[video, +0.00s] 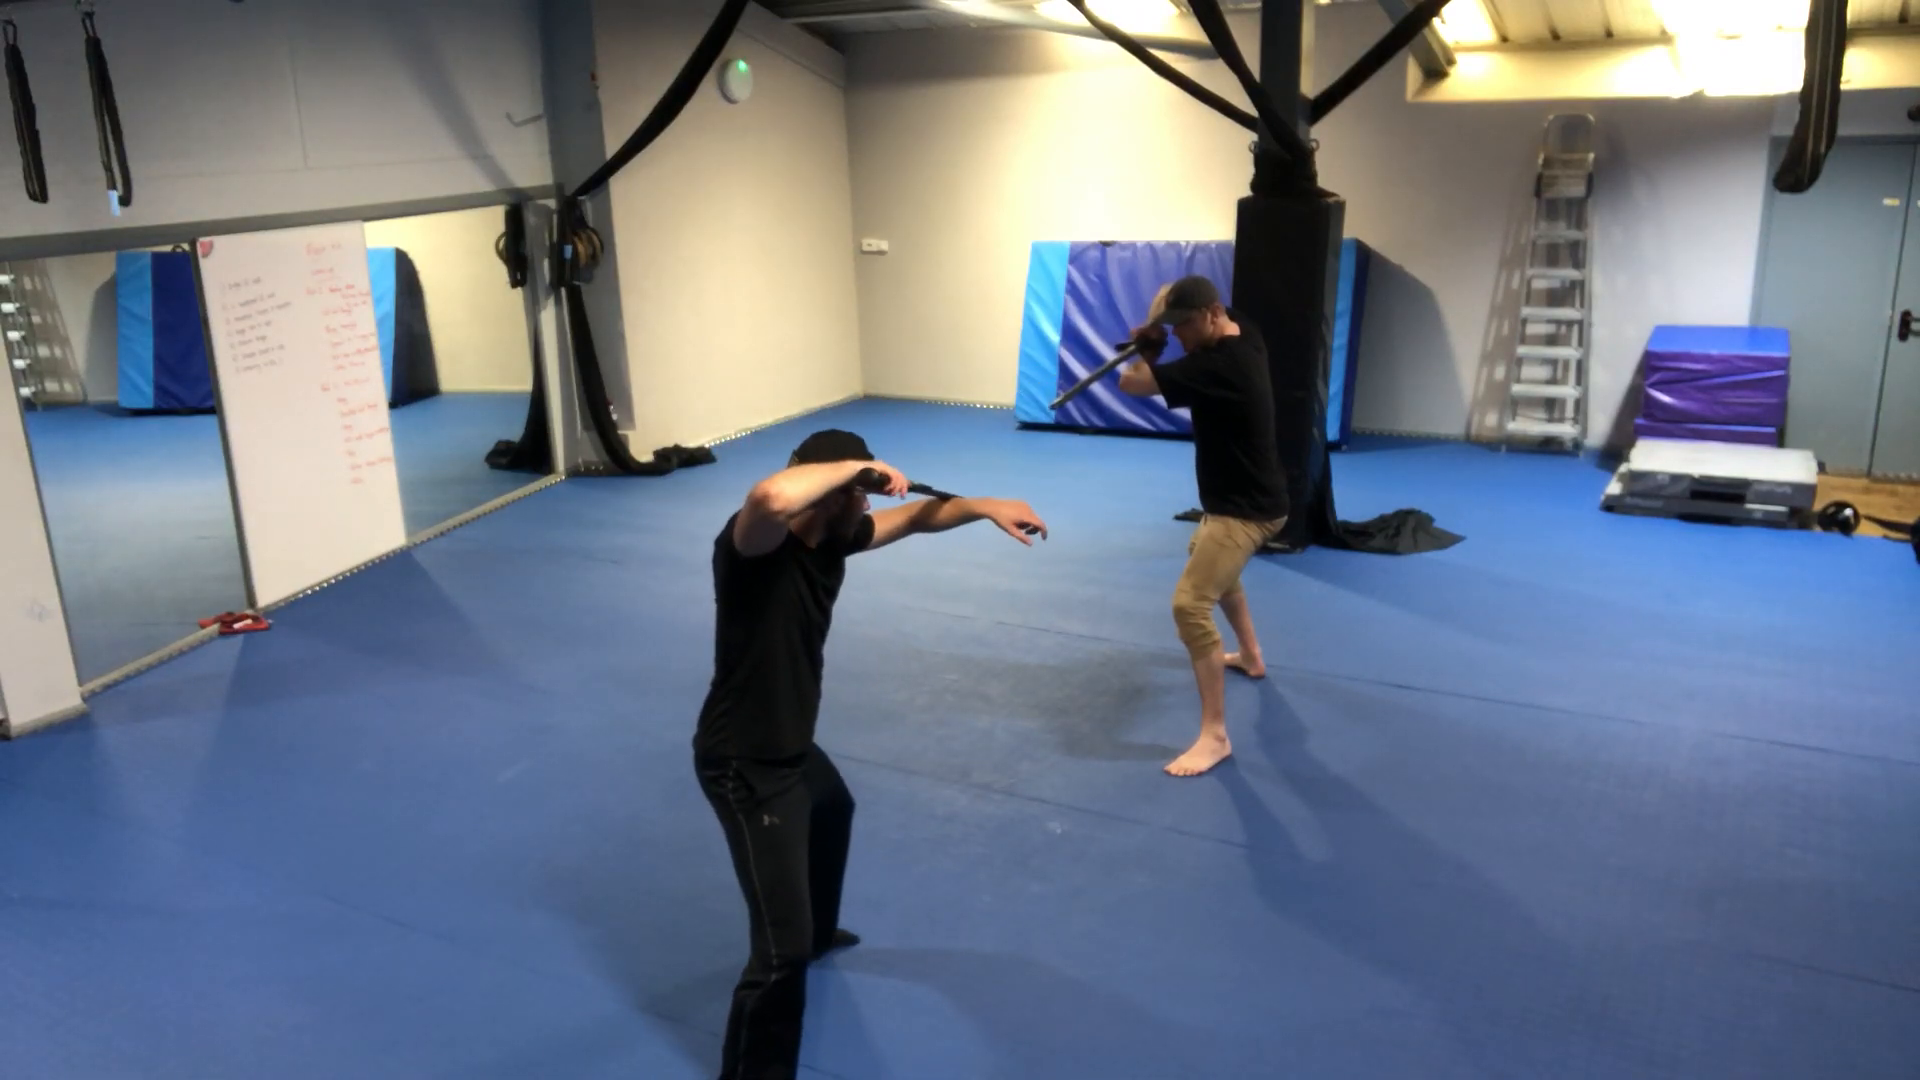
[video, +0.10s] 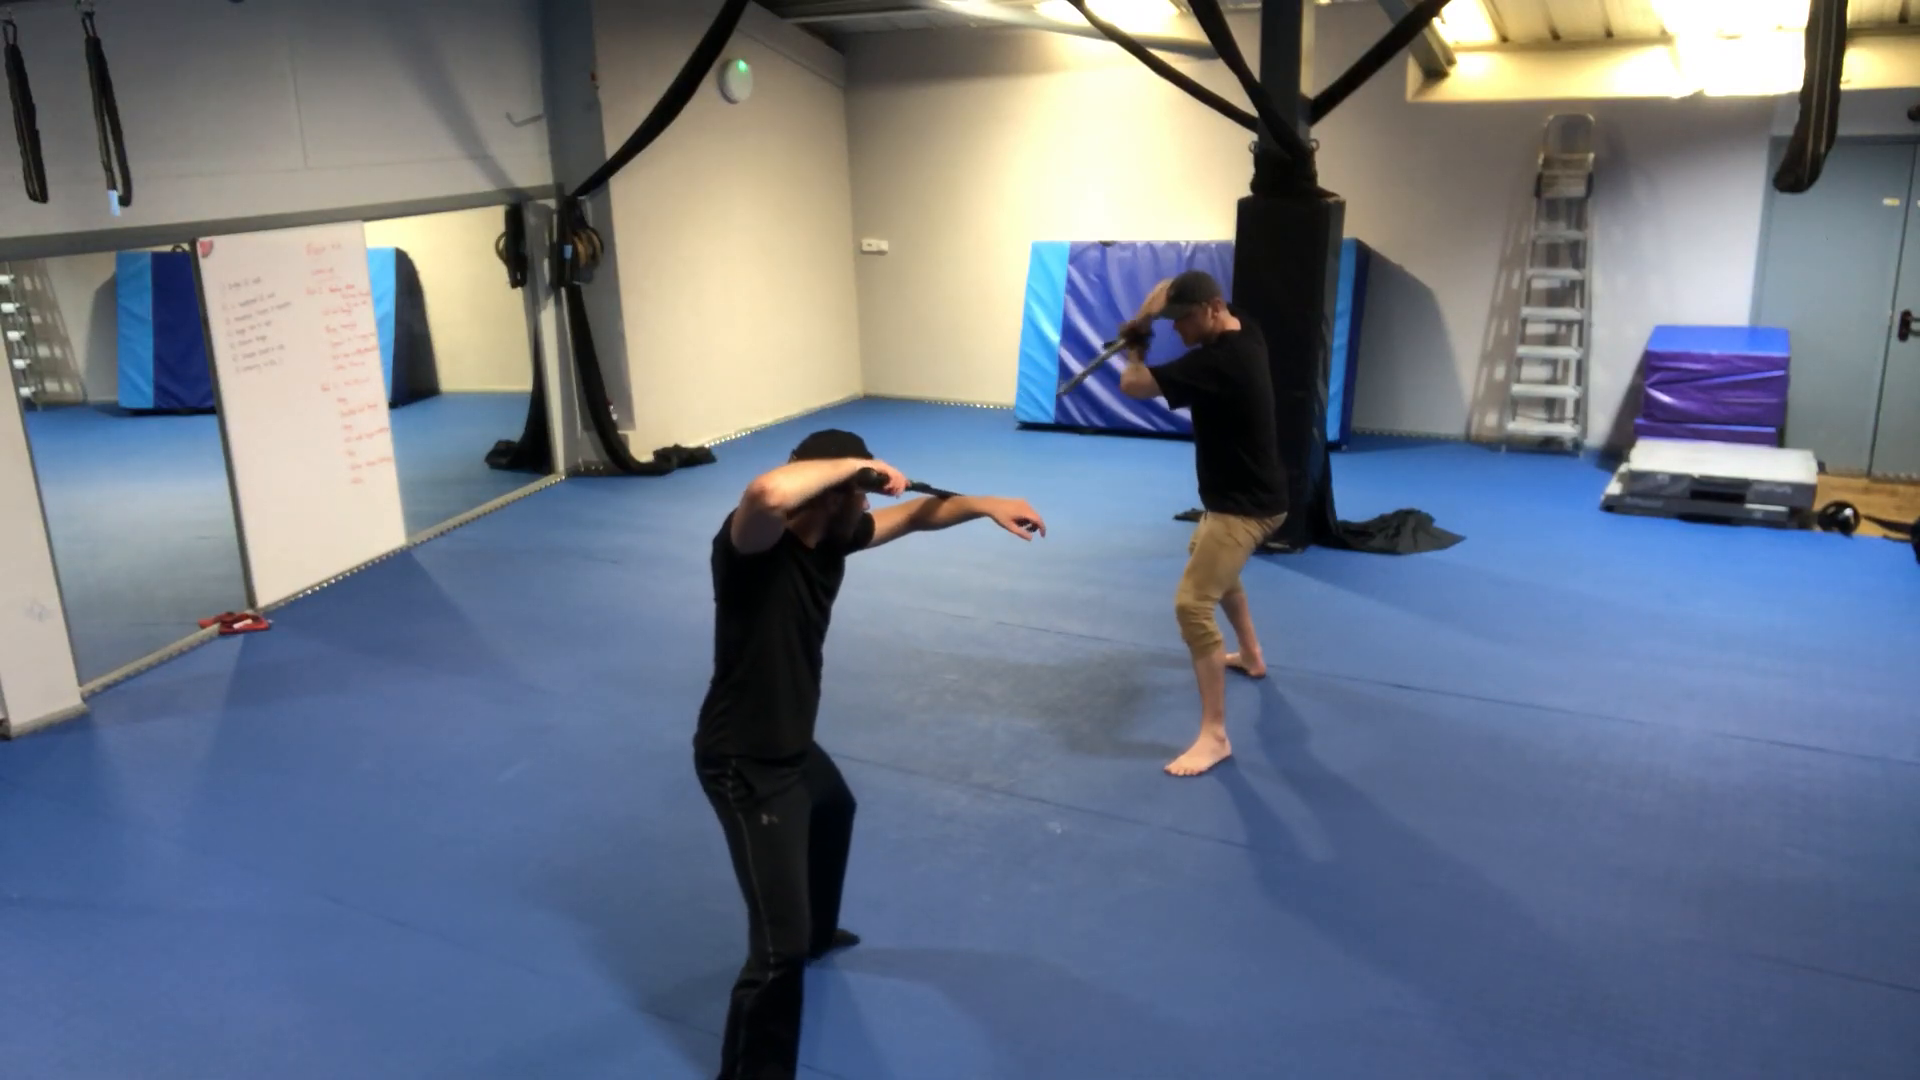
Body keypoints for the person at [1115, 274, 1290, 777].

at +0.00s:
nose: (1179, 337)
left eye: (1183, 329)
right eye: (1175, 329)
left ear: (1211, 317)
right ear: (1213, 317)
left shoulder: (1218, 364)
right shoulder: (1240, 340)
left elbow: (1133, 381)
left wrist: (1150, 347)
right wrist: (1155, 326)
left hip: (1244, 511)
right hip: (1236, 501)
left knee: (1192, 608)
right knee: (1208, 558)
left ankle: (1214, 734)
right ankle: (1250, 653)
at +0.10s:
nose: (1179, 331)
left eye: (1183, 322)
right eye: (1176, 322)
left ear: (1211, 312)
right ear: (1214, 311)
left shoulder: (1220, 359)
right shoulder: (1242, 336)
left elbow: (1134, 382)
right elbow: (1189, 294)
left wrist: (1136, 339)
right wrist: (1150, 313)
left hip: (1244, 508)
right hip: (1238, 498)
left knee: (1194, 608)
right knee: (1208, 559)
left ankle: (1214, 734)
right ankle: (1250, 653)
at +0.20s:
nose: (1179, 321)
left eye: (1184, 312)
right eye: (1176, 312)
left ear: (1212, 301)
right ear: (1214, 299)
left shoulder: (1219, 349)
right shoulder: (1240, 321)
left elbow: (1134, 384)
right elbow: (1173, 284)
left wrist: (1122, 345)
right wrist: (1129, 320)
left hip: (1241, 501)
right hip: (1243, 490)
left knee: (1199, 606)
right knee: (1220, 569)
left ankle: (1213, 733)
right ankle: (1256, 650)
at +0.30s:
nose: (1180, 315)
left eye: (1185, 306)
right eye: (1175, 306)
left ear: (1215, 295)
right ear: (1216, 294)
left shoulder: (1216, 343)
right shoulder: (1238, 320)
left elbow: (1141, 388)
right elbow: (1175, 296)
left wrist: (1113, 364)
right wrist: (1129, 324)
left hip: (1243, 496)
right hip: (1240, 485)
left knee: (1200, 602)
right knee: (1218, 568)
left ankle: (1214, 730)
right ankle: (1261, 645)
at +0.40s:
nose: (1182, 315)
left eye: (1190, 307)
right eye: (1179, 307)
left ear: (1218, 301)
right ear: (1210, 303)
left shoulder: (1210, 352)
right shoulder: (1234, 332)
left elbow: (1150, 411)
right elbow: (1163, 345)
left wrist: (1105, 382)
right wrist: (1112, 349)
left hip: (1240, 501)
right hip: (1244, 491)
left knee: (1191, 603)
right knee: (1213, 575)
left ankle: (1212, 728)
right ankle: (1264, 651)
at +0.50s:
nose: (1181, 323)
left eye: (1191, 314)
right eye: (1178, 314)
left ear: (1219, 312)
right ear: (1177, 312)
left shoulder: (1222, 361)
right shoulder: (1198, 353)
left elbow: (1157, 424)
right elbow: (1146, 393)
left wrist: (1103, 398)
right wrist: (1107, 367)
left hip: (1247, 510)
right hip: (1215, 503)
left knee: (1182, 607)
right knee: (1210, 584)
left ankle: (1205, 726)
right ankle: (1264, 652)